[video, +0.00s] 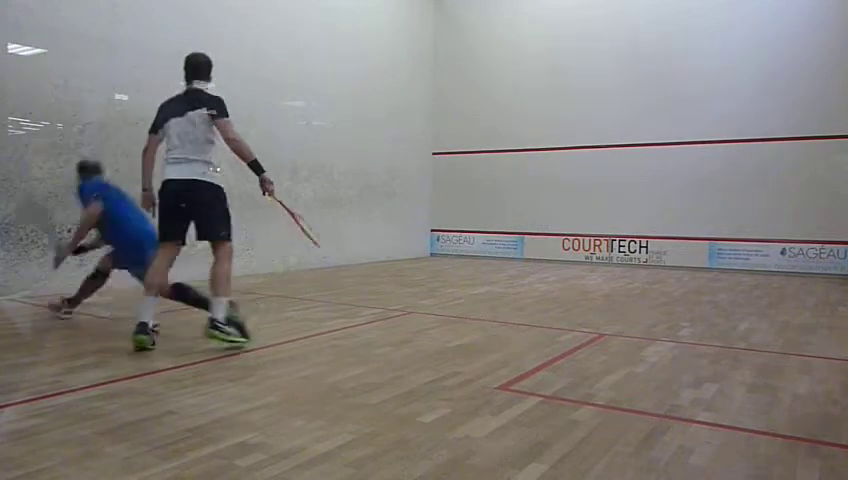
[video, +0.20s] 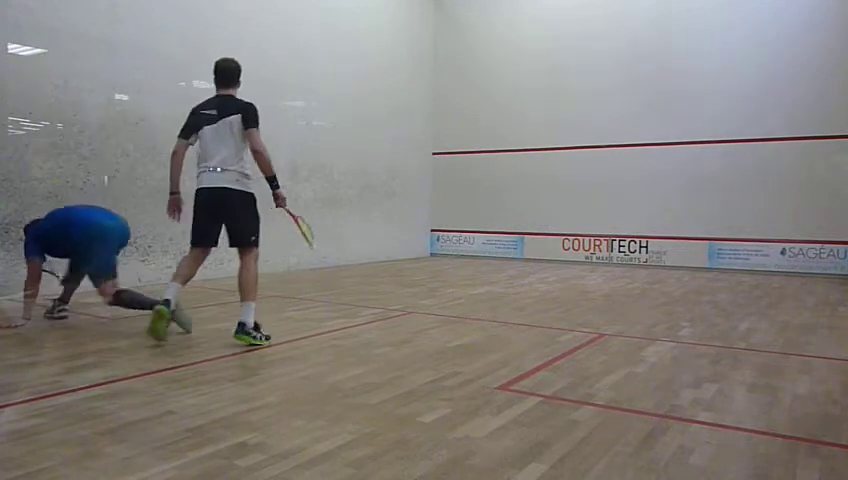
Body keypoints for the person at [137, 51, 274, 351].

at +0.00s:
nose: (210, 81)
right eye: (211, 76)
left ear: (185, 75)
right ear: (209, 77)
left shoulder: (167, 107)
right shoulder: (213, 102)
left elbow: (149, 149)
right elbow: (232, 139)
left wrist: (147, 189)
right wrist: (261, 172)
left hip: (171, 187)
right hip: (206, 186)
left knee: (167, 250)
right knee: (222, 251)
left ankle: (145, 322)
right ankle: (218, 320)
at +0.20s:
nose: (236, 83)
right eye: (239, 79)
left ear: (215, 80)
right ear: (238, 81)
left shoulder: (199, 111)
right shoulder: (245, 109)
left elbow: (178, 152)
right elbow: (257, 149)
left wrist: (174, 192)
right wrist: (275, 187)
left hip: (205, 194)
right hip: (239, 195)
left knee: (198, 251)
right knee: (248, 255)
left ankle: (167, 300)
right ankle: (247, 324)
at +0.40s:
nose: (256, 95)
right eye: (257, 91)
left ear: (235, 93)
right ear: (258, 93)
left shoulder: (220, 121)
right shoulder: (269, 122)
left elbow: (199, 156)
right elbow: (287, 167)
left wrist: (194, 195)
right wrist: (286, 197)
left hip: (224, 197)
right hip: (258, 198)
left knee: (224, 248)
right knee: (271, 257)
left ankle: (220, 307)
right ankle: (282, 321)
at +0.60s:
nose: (274, 107)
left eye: (271, 103)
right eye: (273, 103)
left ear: (250, 107)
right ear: (271, 105)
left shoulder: (234, 134)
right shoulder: (278, 134)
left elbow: (215, 168)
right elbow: (288, 177)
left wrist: (210, 202)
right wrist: (297, 205)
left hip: (233, 205)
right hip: (265, 205)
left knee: (246, 247)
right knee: (295, 252)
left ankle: (228, 307)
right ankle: (292, 312)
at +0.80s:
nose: (288, 102)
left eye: (286, 97)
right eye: (287, 97)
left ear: (265, 101)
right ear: (283, 100)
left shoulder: (251, 128)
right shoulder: (282, 129)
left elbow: (233, 162)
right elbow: (284, 173)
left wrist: (241, 197)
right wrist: (300, 206)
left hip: (248, 201)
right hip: (271, 201)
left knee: (268, 245)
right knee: (302, 248)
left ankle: (238, 297)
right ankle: (300, 313)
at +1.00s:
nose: (288, 98)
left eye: (286, 94)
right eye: (286, 94)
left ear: (268, 97)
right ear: (280, 97)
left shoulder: (268, 123)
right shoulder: (263, 123)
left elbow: (264, 159)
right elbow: (253, 158)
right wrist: (261, 178)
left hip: (253, 197)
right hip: (259, 198)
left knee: (262, 249)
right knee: (281, 251)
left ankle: (239, 303)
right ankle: (297, 312)